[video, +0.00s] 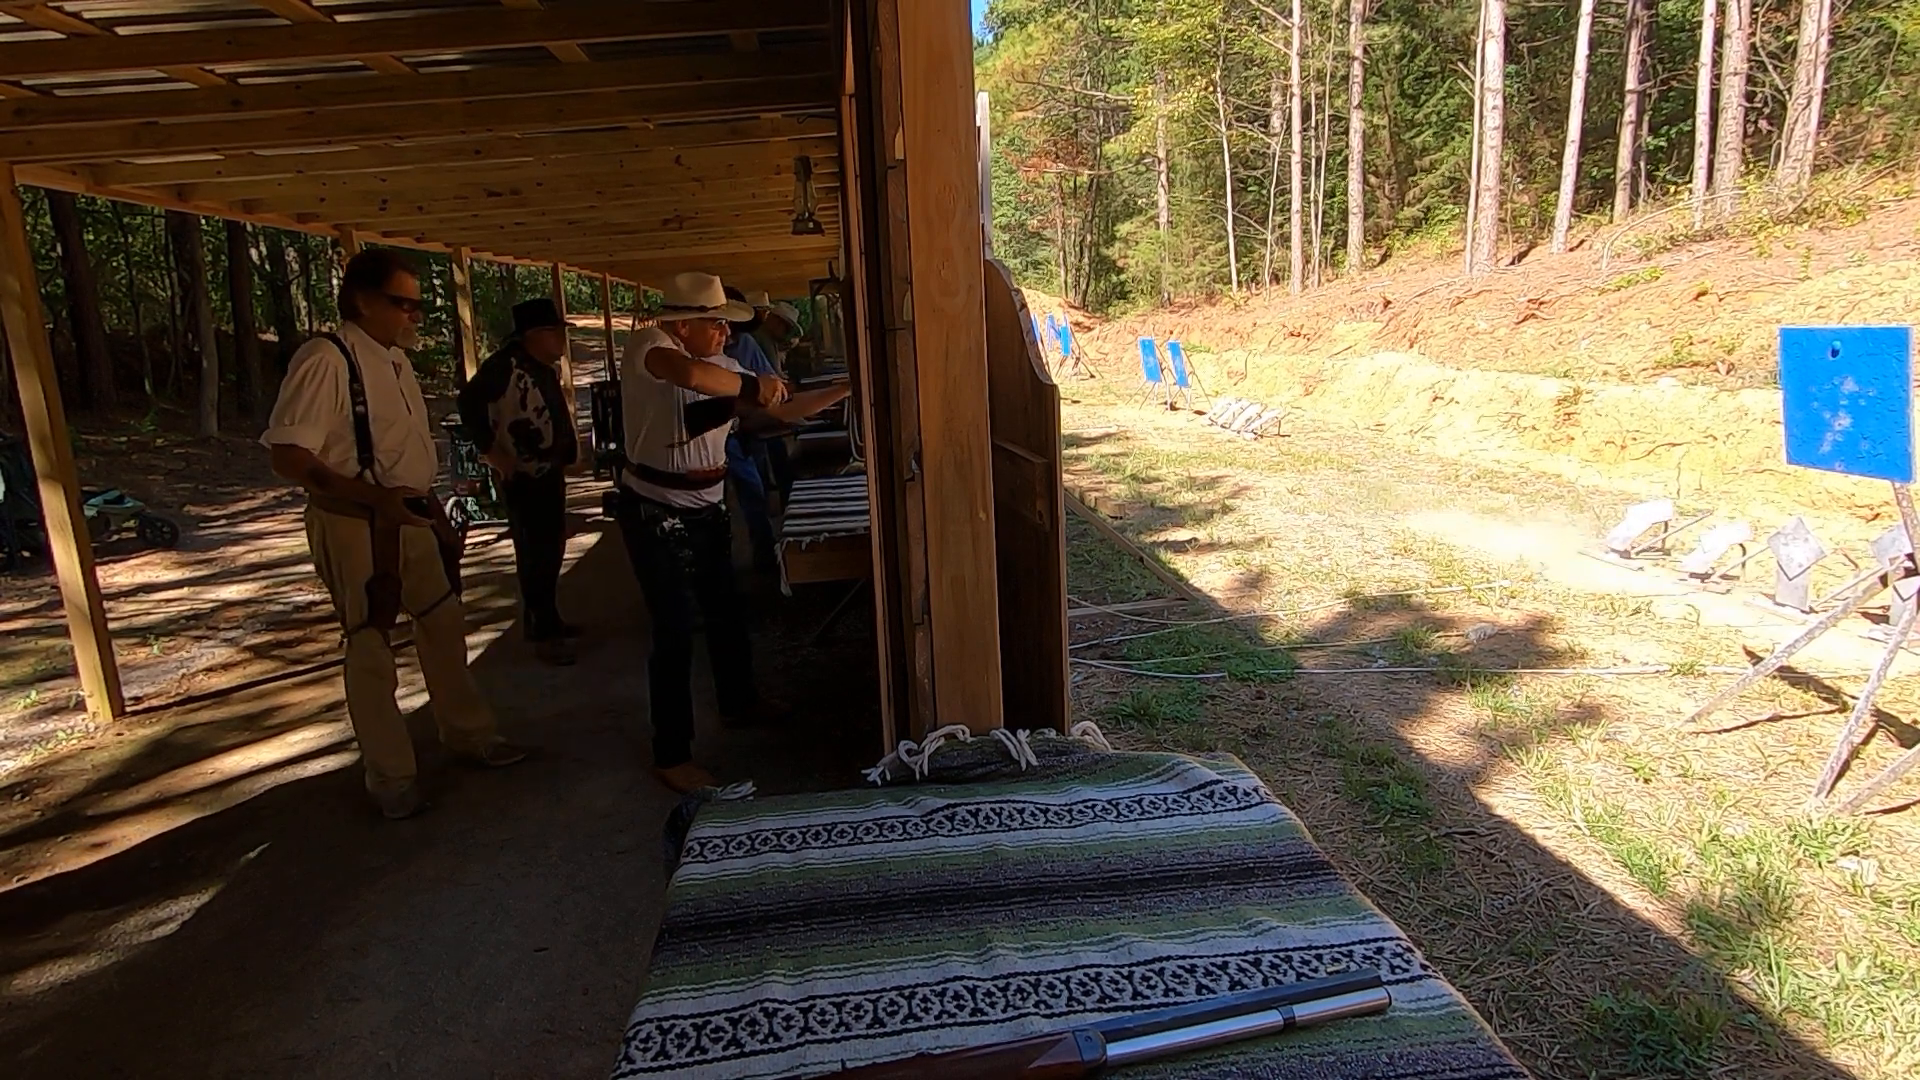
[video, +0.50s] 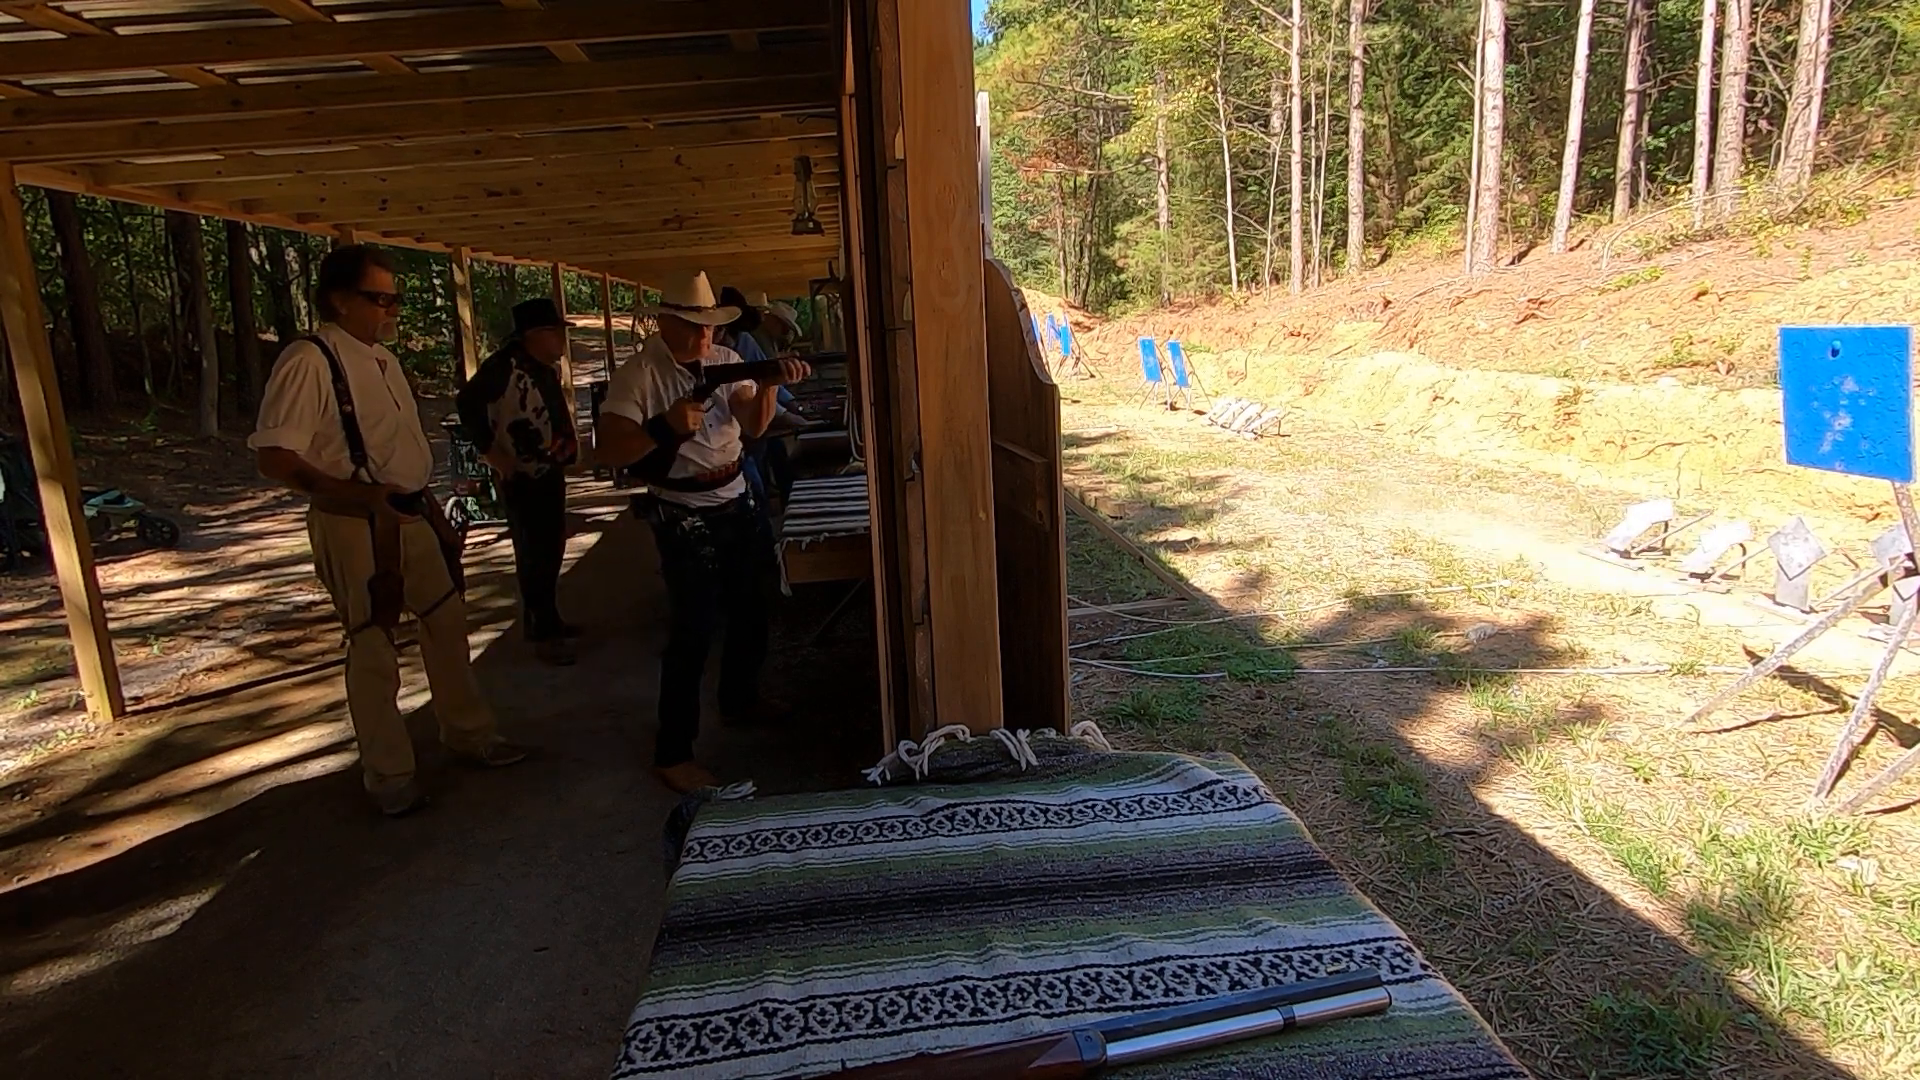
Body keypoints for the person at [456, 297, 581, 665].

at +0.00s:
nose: (564, 339)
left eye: (563, 332)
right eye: (558, 332)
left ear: (544, 334)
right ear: (536, 334)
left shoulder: (547, 368)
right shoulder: (504, 365)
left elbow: (555, 413)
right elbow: (469, 402)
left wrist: (567, 450)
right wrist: (490, 449)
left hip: (550, 473)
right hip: (522, 477)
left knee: (551, 551)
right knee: (535, 553)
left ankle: (549, 621)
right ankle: (541, 631)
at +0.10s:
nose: (563, 339)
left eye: (562, 332)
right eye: (557, 332)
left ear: (544, 334)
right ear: (534, 334)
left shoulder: (546, 368)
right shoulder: (504, 365)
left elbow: (554, 414)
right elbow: (468, 403)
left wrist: (567, 450)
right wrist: (490, 450)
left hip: (550, 473)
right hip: (522, 477)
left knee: (551, 551)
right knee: (534, 553)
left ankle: (549, 620)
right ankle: (541, 631)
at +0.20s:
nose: (563, 339)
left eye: (562, 331)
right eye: (557, 332)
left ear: (544, 334)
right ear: (534, 334)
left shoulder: (546, 369)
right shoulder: (504, 365)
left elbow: (554, 414)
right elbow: (468, 403)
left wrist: (567, 449)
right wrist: (490, 450)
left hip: (549, 474)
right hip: (521, 477)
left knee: (551, 551)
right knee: (534, 554)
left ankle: (550, 620)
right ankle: (541, 631)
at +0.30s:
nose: (564, 339)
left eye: (563, 332)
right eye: (557, 332)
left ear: (544, 335)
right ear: (534, 334)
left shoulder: (547, 370)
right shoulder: (503, 366)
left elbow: (557, 414)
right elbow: (468, 403)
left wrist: (568, 448)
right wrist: (490, 450)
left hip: (550, 474)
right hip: (520, 477)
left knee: (551, 551)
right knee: (533, 554)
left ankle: (550, 620)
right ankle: (540, 631)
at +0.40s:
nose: (563, 339)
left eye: (563, 332)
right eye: (557, 332)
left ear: (545, 335)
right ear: (535, 334)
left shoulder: (547, 370)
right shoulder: (503, 366)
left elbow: (555, 413)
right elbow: (468, 402)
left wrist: (566, 449)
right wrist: (489, 450)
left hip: (550, 473)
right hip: (520, 477)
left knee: (552, 550)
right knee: (534, 553)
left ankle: (550, 620)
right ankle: (540, 631)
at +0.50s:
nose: (563, 340)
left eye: (563, 332)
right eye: (557, 333)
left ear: (546, 335)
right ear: (534, 334)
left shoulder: (547, 371)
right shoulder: (503, 366)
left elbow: (558, 412)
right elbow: (468, 403)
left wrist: (568, 440)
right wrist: (490, 450)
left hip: (550, 474)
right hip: (520, 477)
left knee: (552, 550)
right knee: (534, 553)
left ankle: (550, 620)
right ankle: (541, 630)